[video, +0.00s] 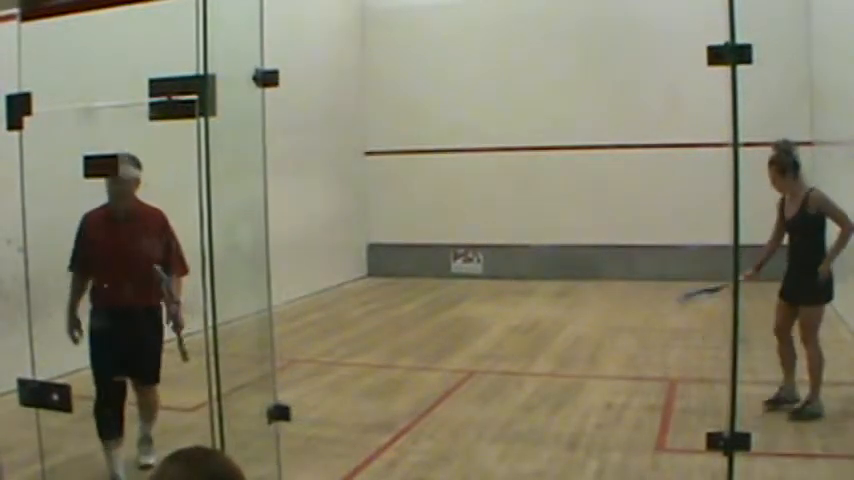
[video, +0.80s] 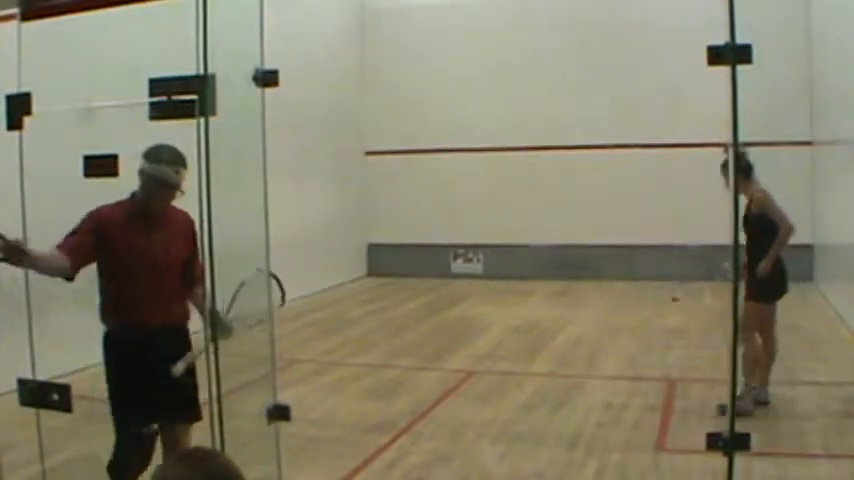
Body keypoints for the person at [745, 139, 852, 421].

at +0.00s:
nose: (771, 181)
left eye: (773, 175)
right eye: (770, 175)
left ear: (786, 174)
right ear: (783, 175)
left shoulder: (815, 198)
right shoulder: (784, 203)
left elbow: (846, 226)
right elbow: (776, 239)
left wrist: (828, 261)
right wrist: (757, 267)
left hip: (815, 275)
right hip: (794, 274)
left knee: (808, 336)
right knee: (781, 330)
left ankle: (814, 398)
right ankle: (788, 388)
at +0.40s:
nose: (747, 186)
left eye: (749, 181)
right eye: (746, 182)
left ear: (761, 177)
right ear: (761, 177)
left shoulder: (783, 200)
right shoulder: (771, 202)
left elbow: (811, 229)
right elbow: (777, 241)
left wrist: (793, 262)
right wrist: (762, 264)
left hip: (789, 281)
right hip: (774, 280)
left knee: (789, 339)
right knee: (773, 337)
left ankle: (810, 398)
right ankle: (761, 388)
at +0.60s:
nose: (738, 185)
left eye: (739, 180)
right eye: (737, 180)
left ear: (747, 177)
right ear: (753, 175)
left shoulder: (770, 199)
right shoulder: (762, 200)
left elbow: (795, 230)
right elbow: (767, 238)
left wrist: (776, 262)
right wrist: (754, 262)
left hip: (771, 277)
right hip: (766, 275)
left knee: (757, 336)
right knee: (768, 336)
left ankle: (792, 387)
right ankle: (761, 387)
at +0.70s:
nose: (735, 186)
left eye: (735, 181)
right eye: (734, 181)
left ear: (743, 178)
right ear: (750, 175)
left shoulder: (765, 199)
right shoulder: (757, 201)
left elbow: (790, 229)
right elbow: (764, 238)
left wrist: (772, 260)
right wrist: (751, 262)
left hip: (766, 277)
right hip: (765, 275)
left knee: (749, 332)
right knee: (768, 332)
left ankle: (767, 386)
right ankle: (764, 384)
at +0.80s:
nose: (727, 186)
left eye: (728, 180)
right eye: (726, 180)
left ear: (738, 176)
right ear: (745, 174)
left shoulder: (760, 198)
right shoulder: (754, 200)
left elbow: (787, 227)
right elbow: (759, 238)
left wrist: (768, 260)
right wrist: (749, 264)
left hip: (762, 276)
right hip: (762, 274)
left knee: (748, 332)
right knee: (766, 332)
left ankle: (749, 392)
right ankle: (761, 388)